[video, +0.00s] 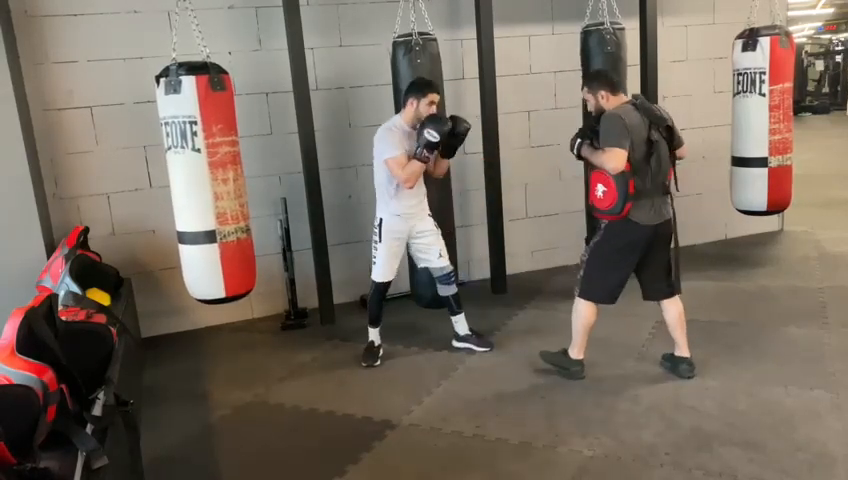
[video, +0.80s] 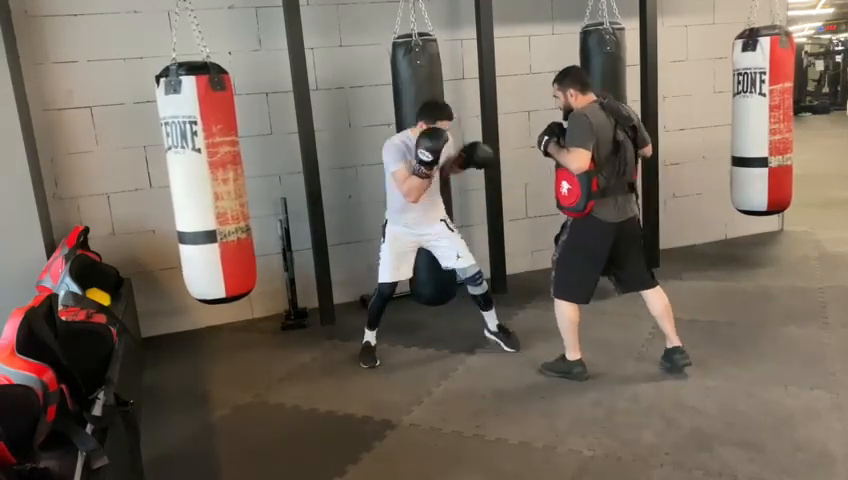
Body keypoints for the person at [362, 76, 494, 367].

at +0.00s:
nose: (434, 110)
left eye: (436, 106)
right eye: (431, 104)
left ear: (423, 105)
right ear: (412, 102)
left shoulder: (423, 131)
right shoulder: (387, 134)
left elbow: (437, 171)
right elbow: (406, 179)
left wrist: (449, 146)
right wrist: (428, 145)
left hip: (421, 217)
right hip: (391, 220)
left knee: (445, 273)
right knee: (381, 282)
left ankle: (462, 334)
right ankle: (373, 342)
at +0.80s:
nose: (444, 134)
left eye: (446, 130)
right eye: (439, 129)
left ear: (445, 130)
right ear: (422, 125)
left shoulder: (443, 140)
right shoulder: (395, 146)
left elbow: (445, 169)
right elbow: (411, 194)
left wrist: (463, 160)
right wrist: (426, 162)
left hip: (436, 223)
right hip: (401, 227)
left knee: (473, 274)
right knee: (387, 287)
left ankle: (494, 328)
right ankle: (368, 341)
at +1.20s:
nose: (431, 137)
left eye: (434, 132)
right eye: (428, 131)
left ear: (430, 130)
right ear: (412, 127)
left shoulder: (426, 144)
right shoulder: (383, 151)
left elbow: (438, 167)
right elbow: (402, 197)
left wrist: (456, 162)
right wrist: (415, 165)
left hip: (431, 225)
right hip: (396, 230)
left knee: (468, 273)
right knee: (383, 290)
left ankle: (495, 329)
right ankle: (368, 342)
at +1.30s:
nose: (428, 118)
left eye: (430, 114)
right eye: (425, 113)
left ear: (419, 110)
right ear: (409, 109)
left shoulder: (419, 131)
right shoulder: (379, 138)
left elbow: (434, 162)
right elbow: (396, 184)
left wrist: (448, 147)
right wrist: (415, 153)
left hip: (424, 216)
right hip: (392, 222)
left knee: (457, 266)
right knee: (381, 283)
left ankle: (474, 328)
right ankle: (369, 340)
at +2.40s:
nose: (446, 113)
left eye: (449, 109)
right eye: (443, 107)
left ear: (432, 106)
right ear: (425, 103)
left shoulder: (431, 133)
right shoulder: (396, 133)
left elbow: (452, 172)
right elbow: (419, 179)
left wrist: (464, 139)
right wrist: (441, 144)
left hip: (430, 222)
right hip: (399, 224)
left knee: (452, 283)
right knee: (395, 291)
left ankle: (474, 345)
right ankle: (369, 341)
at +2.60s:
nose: (449, 116)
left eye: (452, 111)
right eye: (447, 109)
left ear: (437, 108)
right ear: (430, 104)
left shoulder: (435, 133)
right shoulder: (399, 134)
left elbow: (471, 165)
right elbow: (421, 180)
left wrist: (469, 125)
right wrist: (446, 149)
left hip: (431, 225)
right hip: (400, 226)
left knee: (453, 284)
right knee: (391, 294)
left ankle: (474, 346)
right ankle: (371, 365)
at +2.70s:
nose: (444, 119)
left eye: (447, 115)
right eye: (442, 112)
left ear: (431, 111)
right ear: (425, 107)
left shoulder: (428, 137)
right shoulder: (394, 138)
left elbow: (459, 171)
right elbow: (417, 187)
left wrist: (463, 138)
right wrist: (442, 152)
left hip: (428, 229)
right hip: (397, 231)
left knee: (458, 284)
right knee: (389, 300)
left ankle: (474, 346)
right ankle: (371, 372)